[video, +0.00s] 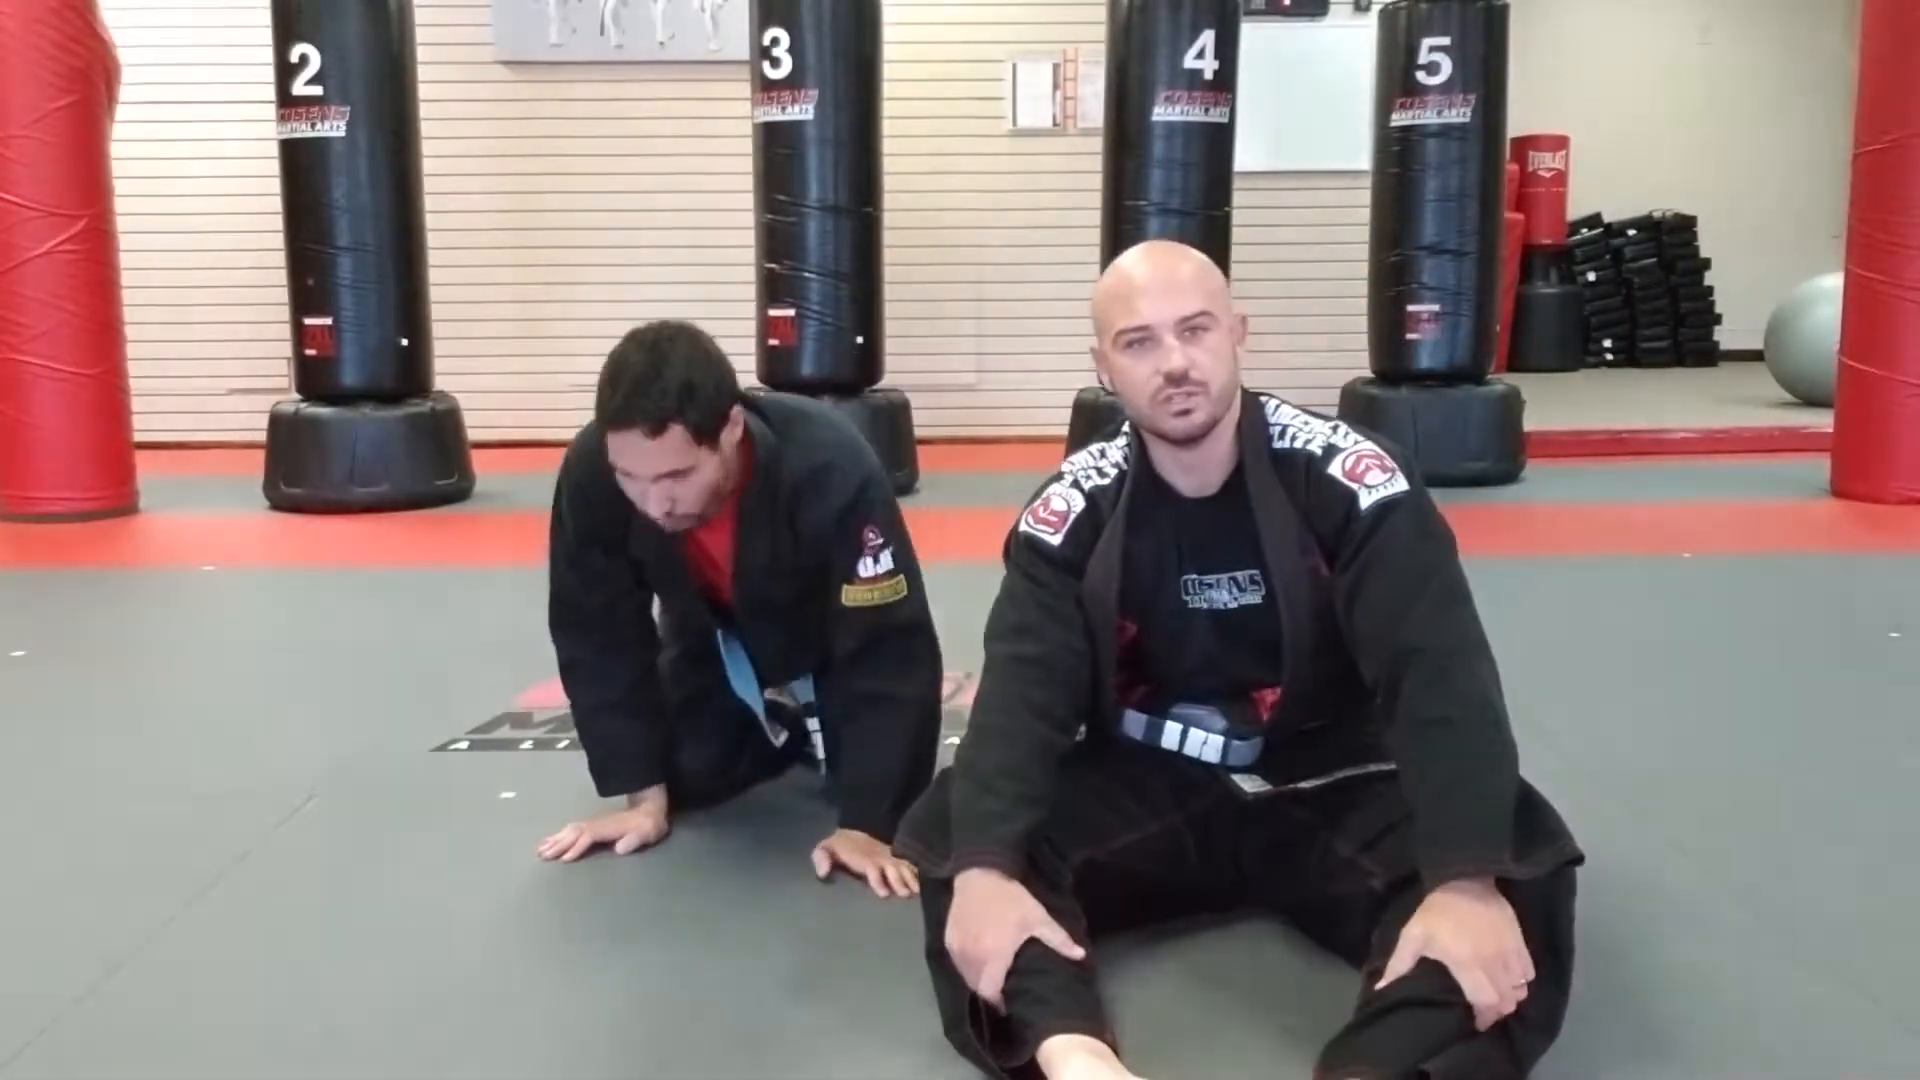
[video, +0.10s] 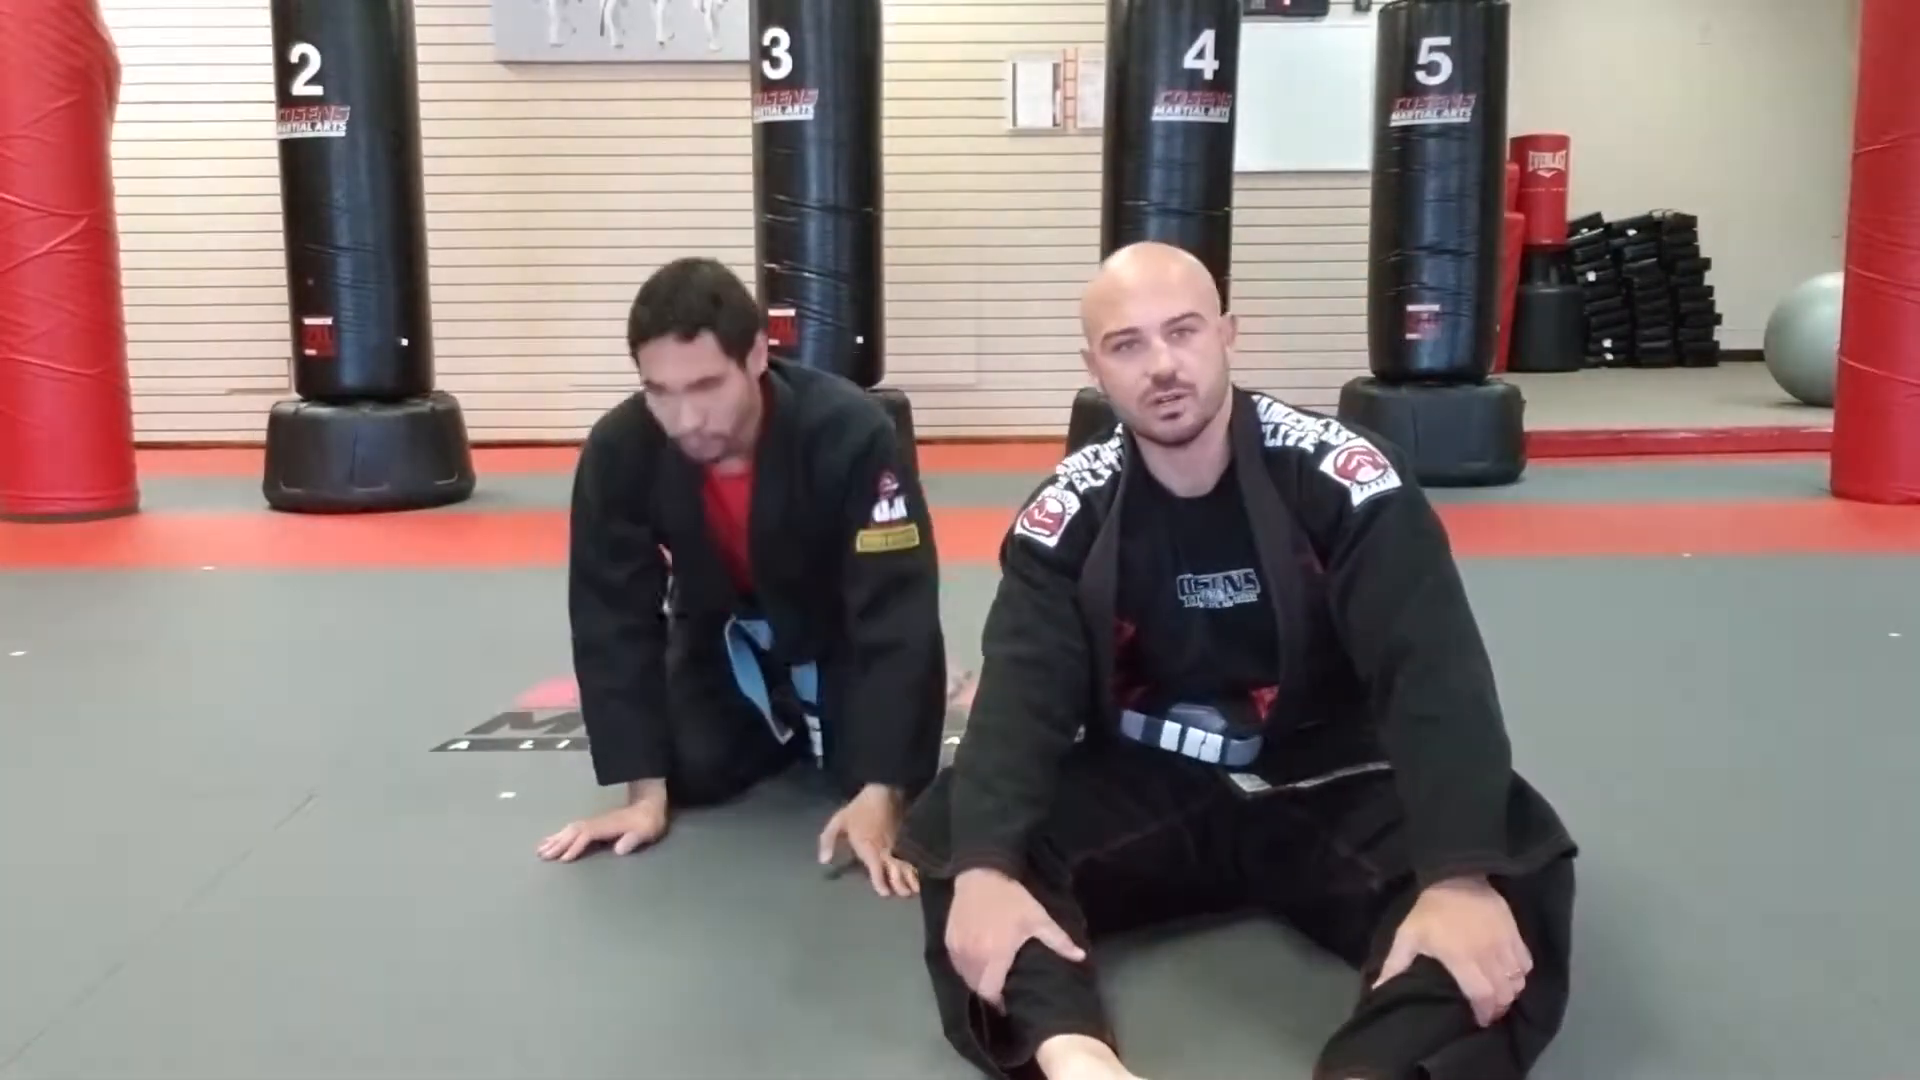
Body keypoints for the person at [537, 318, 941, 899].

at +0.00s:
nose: (652, 504)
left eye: (674, 477)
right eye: (628, 478)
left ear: (731, 433)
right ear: (609, 450)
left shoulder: (828, 466)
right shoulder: (597, 472)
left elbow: (890, 640)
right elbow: (599, 633)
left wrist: (864, 826)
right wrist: (642, 797)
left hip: (833, 636)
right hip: (714, 641)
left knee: (885, 815)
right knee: (680, 778)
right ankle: (793, 725)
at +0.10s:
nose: (685, 418)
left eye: (707, 386)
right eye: (660, 392)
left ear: (759, 356)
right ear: (641, 379)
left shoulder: (849, 433)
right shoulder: (622, 451)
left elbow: (896, 605)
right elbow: (614, 617)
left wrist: (880, 789)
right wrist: (643, 794)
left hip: (841, 624)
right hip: (717, 627)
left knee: (882, 781)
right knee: (692, 776)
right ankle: (803, 720)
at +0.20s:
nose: (717, 354)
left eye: (737, 322)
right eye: (693, 329)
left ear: (782, 309)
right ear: (674, 331)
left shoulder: (867, 405)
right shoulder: (647, 426)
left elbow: (920, 570)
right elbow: (619, 591)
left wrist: (912, 728)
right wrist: (632, 762)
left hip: (852, 621)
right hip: (727, 624)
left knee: (882, 766)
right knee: (693, 768)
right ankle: (785, 714)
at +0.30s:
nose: (739, 293)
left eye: (758, 264)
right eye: (715, 272)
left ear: (798, 266)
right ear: (697, 285)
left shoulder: (881, 377)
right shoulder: (665, 394)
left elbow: (942, 530)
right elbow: (620, 546)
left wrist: (920, 674)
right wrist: (621, 699)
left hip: (863, 609)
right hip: (736, 611)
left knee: (893, 762)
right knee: (683, 761)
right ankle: (799, 711)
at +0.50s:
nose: (771, 240)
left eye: (790, 219)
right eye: (750, 223)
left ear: (826, 237)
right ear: (728, 247)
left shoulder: (900, 360)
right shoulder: (682, 365)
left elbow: (964, 497)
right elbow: (635, 501)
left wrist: (929, 634)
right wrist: (655, 628)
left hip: (866, 599)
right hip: (740, 600)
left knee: (905, 761)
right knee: (682, 759)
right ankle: (810, 710)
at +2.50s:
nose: (795, 232)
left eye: (815, 215)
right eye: (774, 216)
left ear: (844, 237)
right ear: (749, 239)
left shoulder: (913, 355)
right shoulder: (694, 353)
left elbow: (974, 484)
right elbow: (631, 478)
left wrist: (932, 605)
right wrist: (669, 597)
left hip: (867, 605)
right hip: (736, 601)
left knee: (908, 760)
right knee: (678, 759)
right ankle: (804, 713)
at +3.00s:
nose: (772, 275)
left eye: (792, 252)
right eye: (749, 254)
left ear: (824, 257)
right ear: (725, 263)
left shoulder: (889, 370)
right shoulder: (676, 374)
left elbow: (936, 519)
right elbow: (628, 518)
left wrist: (872, 621)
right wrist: (627, 646)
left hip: (861, 609)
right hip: (735, 604)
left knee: (919, 758)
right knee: (676, 749)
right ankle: (809, 708)